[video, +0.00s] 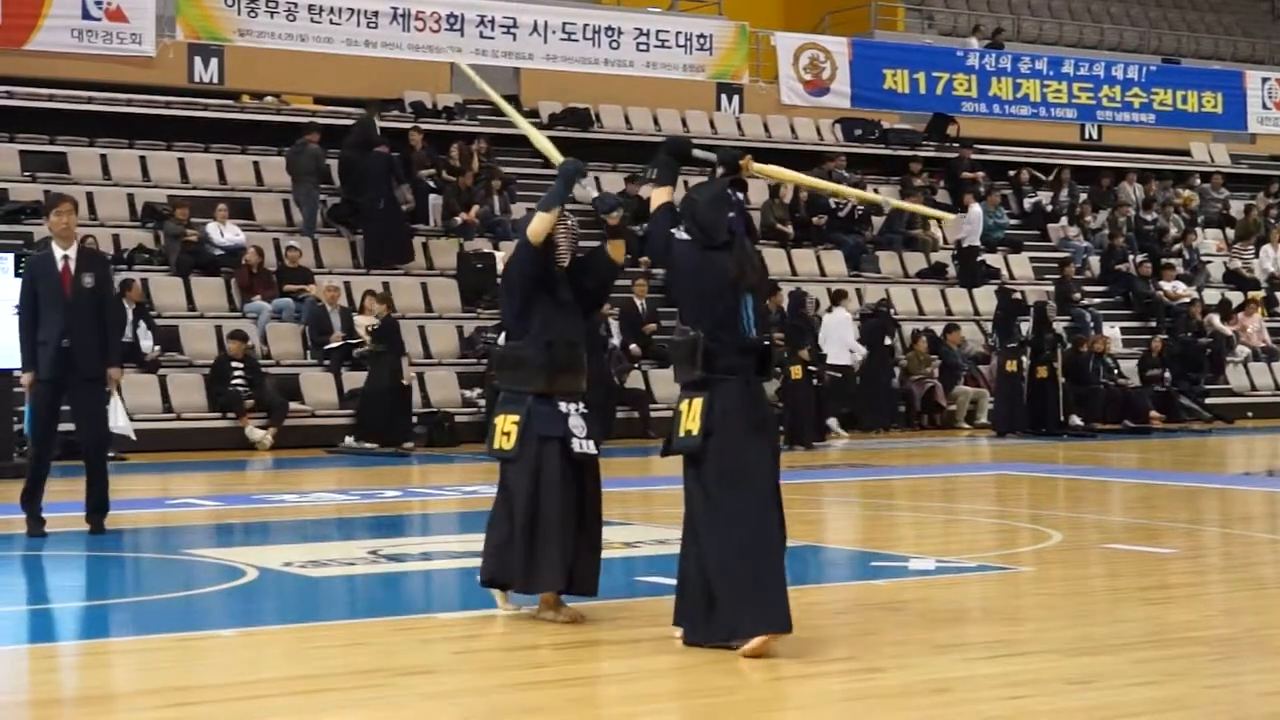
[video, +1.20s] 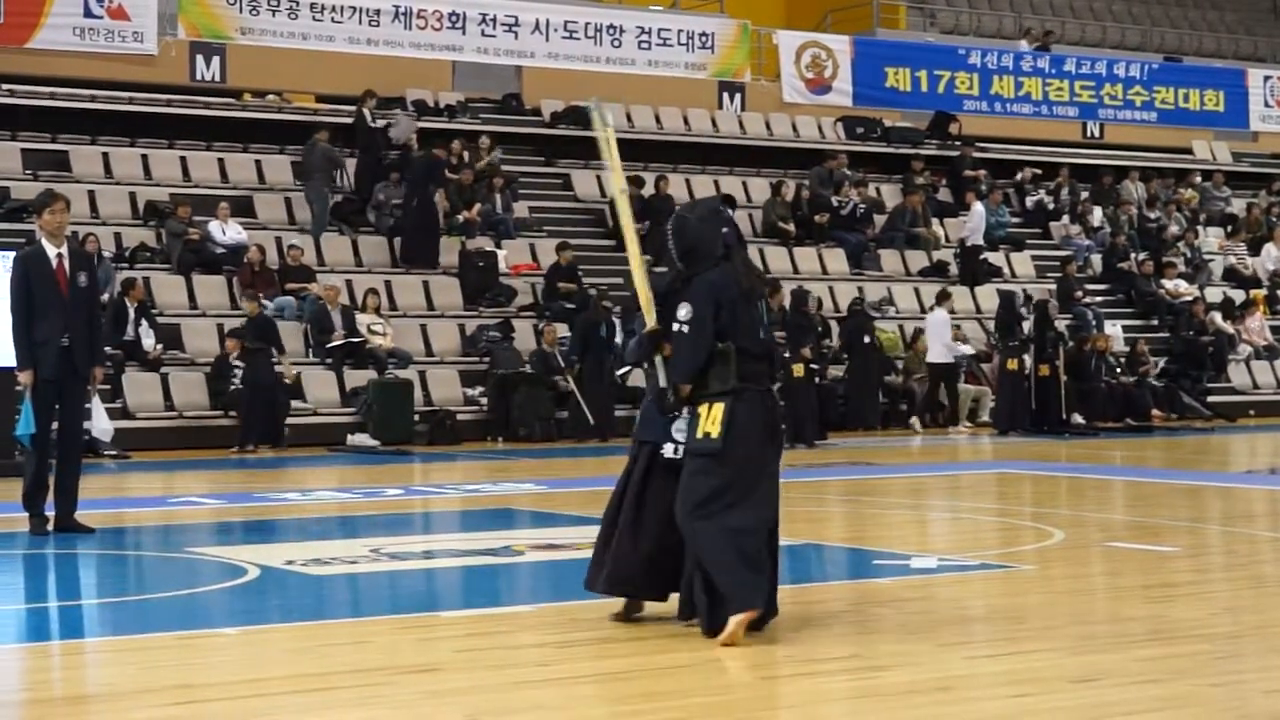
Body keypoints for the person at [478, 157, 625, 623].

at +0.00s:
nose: (565, 238)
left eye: (569, 231)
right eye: (556, 230)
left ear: (575, 239)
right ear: (538, 238)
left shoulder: (580, 280)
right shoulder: (522, 278)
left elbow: (612, 261)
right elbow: (532, 238)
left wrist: (615, 227)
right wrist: (559, 189)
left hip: (573, 400)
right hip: (529, 398)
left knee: (565, 495)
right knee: (529, 489)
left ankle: (552, 596)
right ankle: (499, 568)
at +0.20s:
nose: (567, 248)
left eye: (568, 241)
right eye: (559, 241)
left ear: (567, 248)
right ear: (539, 248)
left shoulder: (576, 292)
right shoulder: (517, 294)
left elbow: (611, 315)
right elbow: (547, 296)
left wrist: (609, 287)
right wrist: (584, 254)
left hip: (572, 402)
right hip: (532, 403)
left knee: (569, 497)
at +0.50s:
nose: (599, 238)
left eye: (597, 231)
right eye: (590, 231)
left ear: (579, 239)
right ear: (570, 240)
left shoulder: (595, 284)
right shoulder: (555, 291)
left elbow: (626, 333)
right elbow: (601, 304)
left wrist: (648, 328)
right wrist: (655, 269)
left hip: (597, 400)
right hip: (569, 404)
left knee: (582, 495)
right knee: (574, 497)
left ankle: (558, 590)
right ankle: (564, 598)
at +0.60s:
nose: (612, 235)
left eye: (611, 227)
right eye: (604, 228)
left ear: (596, 233)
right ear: (583, 234)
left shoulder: (610, 279)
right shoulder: (564, 282)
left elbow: (642, 341)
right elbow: (610, 320)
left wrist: (653, 332)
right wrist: (662, 289)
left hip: (614, 399)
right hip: (578, 402)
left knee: (613, 496)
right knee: (579, 500)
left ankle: (600, 590)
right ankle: (569, 603)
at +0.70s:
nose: (629, 238)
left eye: (629, 230)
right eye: (620, 230)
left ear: (627, 237)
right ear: (597, 236)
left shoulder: (631, 284)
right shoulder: (571, 291)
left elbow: (657, 342)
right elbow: (617, 332)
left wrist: (682, 295)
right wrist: (666, 300)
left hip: (635, 403)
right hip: (592, 405)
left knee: (662, 492)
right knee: (588, 503)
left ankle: (654, 591)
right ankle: (572, 605)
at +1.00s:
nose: (677, 244)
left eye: (681, 236)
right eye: (670, 236)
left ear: (691, 241)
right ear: (653, 243)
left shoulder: (697, 290)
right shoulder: (635, 296)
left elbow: (713, 339)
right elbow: (610, 353)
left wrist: (675, 329)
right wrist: (620, 320)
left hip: (693, 408)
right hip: (643, 410)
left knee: (691, 502)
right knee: (624, 503)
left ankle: (698, 595)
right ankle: (586, 589)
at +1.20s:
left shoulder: (714, 311)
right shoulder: (653, 307)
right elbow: (629, 356)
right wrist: (647, 340)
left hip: (704, 416)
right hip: (659, 414)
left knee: (694, 508)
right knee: (643, 506)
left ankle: (694, 595)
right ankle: (635, 592)